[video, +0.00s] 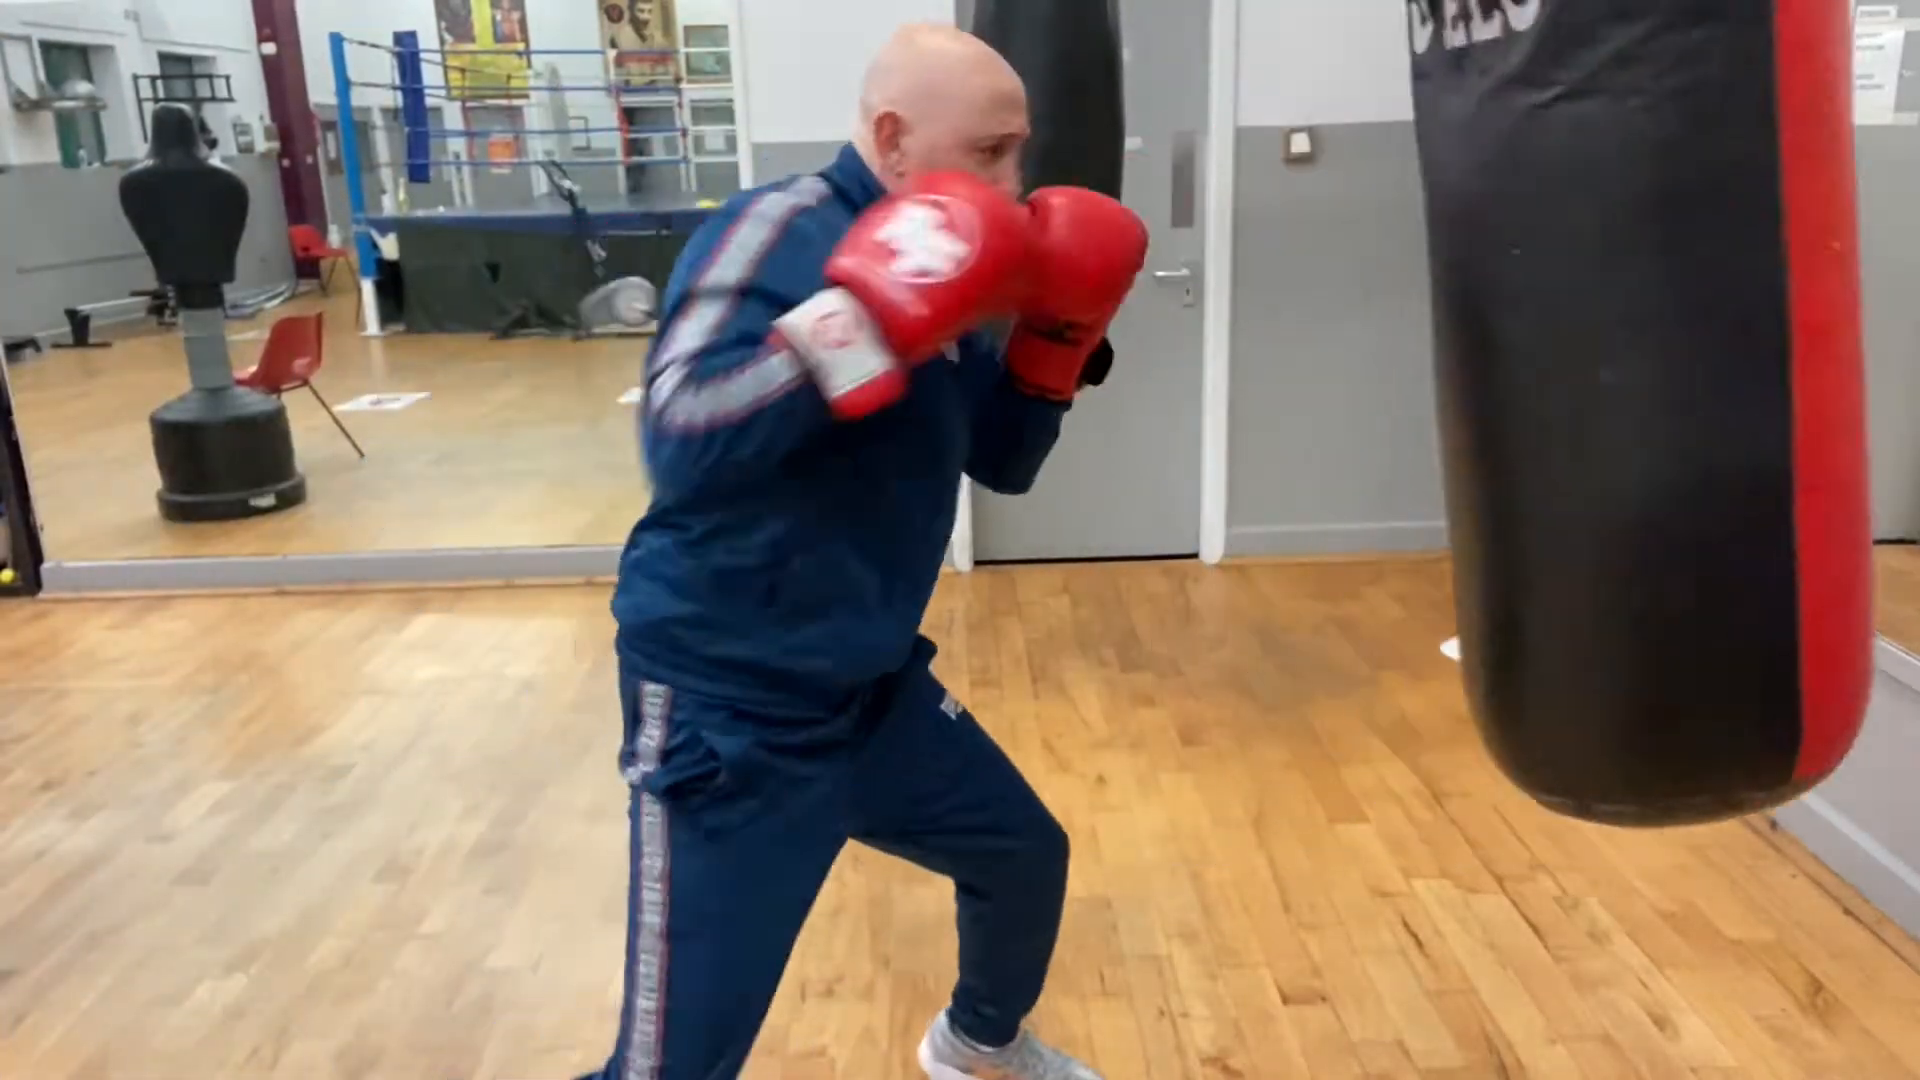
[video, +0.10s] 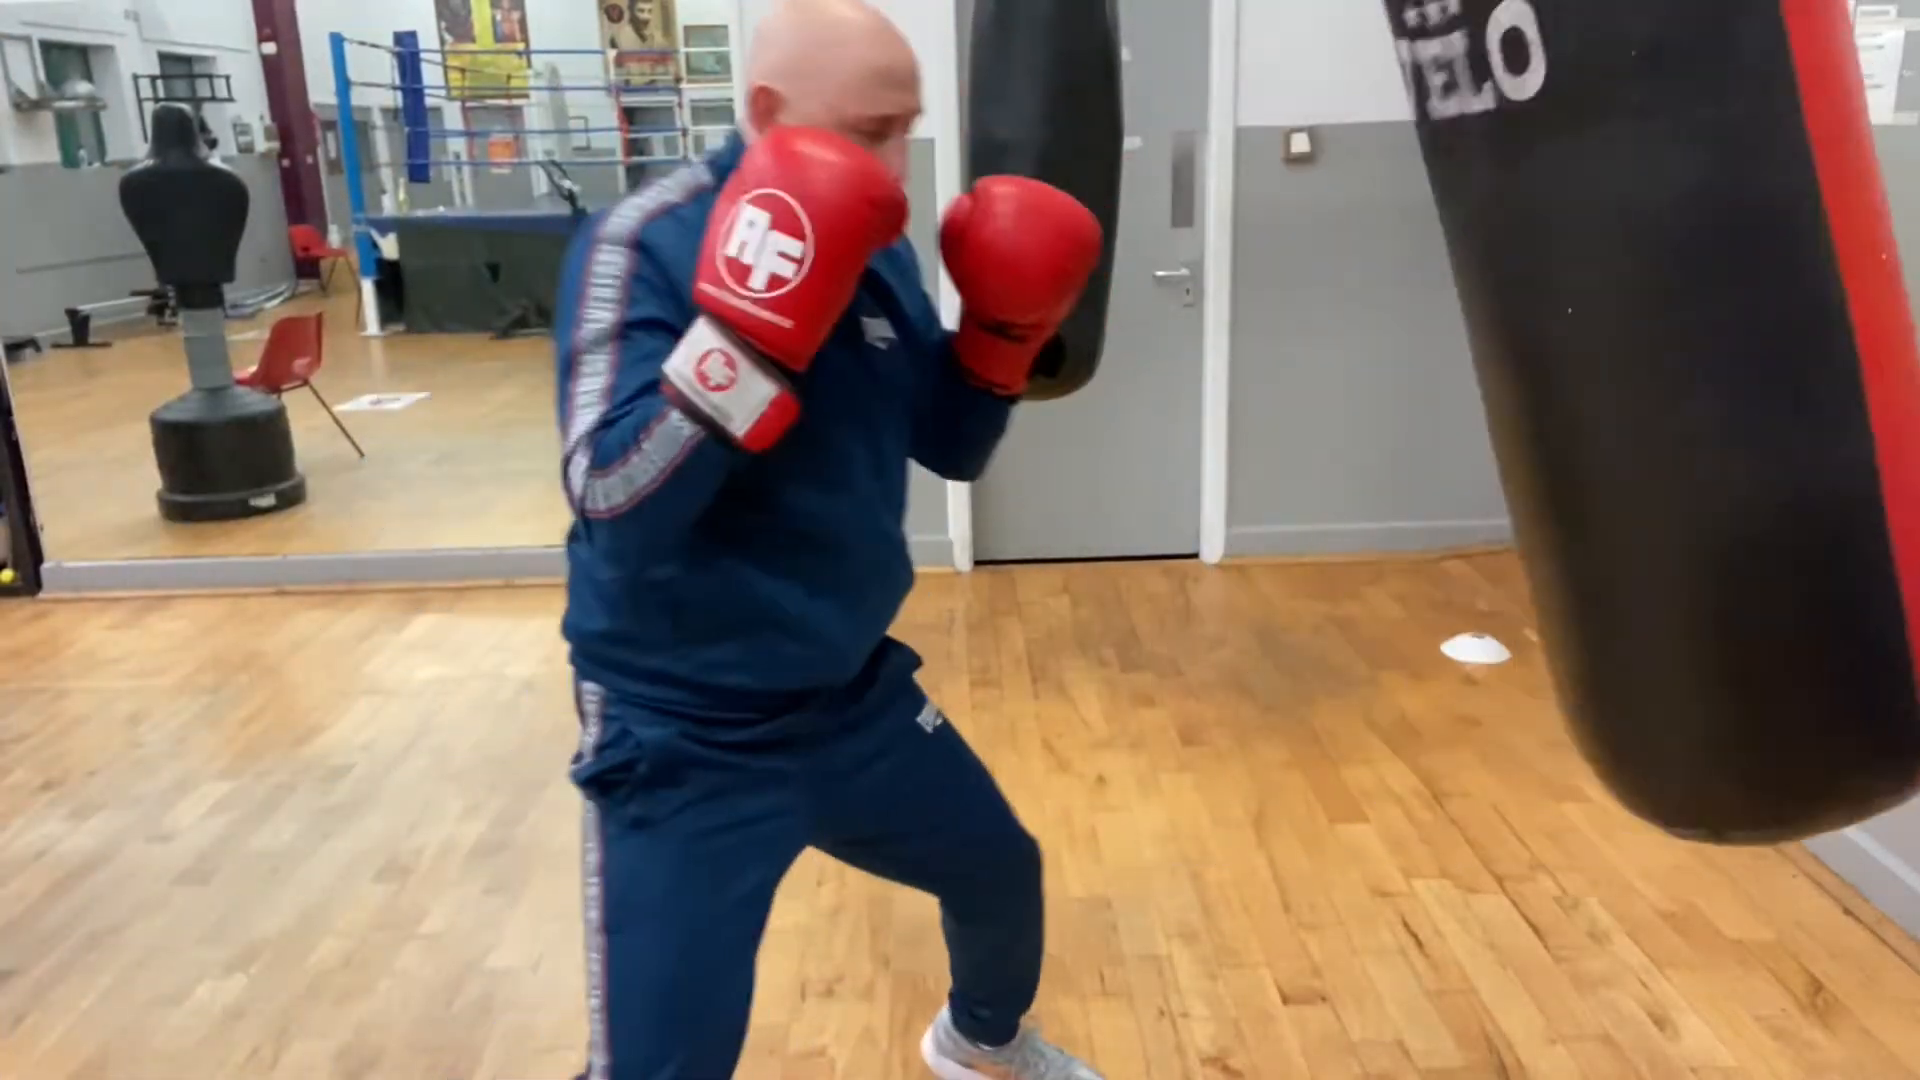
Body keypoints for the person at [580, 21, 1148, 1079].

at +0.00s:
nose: (1013, 183)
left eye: (1020, 152)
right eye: (988, 151)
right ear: (890, 139)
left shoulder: (956, 271)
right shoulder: (771, 229)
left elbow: (1002, 462)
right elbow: (678, 432)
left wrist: (1056, 338)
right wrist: (866, 317)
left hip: (866, 686)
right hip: (723, 701)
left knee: (1024, 857)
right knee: (669, 1065)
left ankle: (980, 1042)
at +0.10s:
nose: (899, 165)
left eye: (907, 132)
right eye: (871, 133)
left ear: (916, 117)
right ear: (767, 115)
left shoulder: (874, 258)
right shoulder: (638, 248)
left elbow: (954, 446)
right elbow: (608, 491)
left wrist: (1003, 332)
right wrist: (751, 325)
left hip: (853, 703)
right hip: (682, 738)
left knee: (1001, 873)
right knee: (657, 1069)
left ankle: (983, 1042)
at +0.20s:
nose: (791, 107)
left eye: (804, 74)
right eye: (765, 76)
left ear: (817, 57)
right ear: (652, 53)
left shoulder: (789, 197)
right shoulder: (529, 197)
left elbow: (884, 404)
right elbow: (531, 470)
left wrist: (928, 276)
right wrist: (672, 281)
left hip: (786, 684)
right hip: (600, 721)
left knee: (934, 905)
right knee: (573, 1057)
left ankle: (975, 1047)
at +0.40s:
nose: (695, 108)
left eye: (714, 71)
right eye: (665, 72)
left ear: (729, 44)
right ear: (545, 33)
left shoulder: (712, 167)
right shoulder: (396, 179)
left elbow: (795, 375)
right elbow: (389, 475)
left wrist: (840, 276)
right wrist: (544, 306)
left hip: (679, 663)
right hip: (474, 688)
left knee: (800, 950)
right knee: (415, 1052)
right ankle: (364, 1067)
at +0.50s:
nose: (629, 176)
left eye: (649, 136)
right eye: (598, 138)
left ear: (668, 110)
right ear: (478, 97)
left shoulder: (657, 230)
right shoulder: (324, 251)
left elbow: (745, 448)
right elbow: (321, 559)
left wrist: (787, 355)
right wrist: (477, 399)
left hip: (648, 747)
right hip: (419, 782)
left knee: (801, 994)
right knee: (317, 1069)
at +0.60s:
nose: (522, 189)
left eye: (539, 154)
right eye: (493, 152)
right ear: (366, 108)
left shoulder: (537, 241)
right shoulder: (192, 269)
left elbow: (636, 482)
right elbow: (198, 583)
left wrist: (673, 375)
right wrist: (377, 416)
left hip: (560, 772)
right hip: (324, 819)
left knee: (747, 1011)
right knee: (248, 1071)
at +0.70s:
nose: (390, 130)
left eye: (412, 94)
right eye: (360, 92)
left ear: (432, 69)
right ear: (228, 39)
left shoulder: (415, 165)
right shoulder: (51, 221)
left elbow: (502, 461)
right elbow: (55, 577)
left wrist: (537, 338)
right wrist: (242, 379)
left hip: (451, 760)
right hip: (207, 815)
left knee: (669, 1041)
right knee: (156, 1072)